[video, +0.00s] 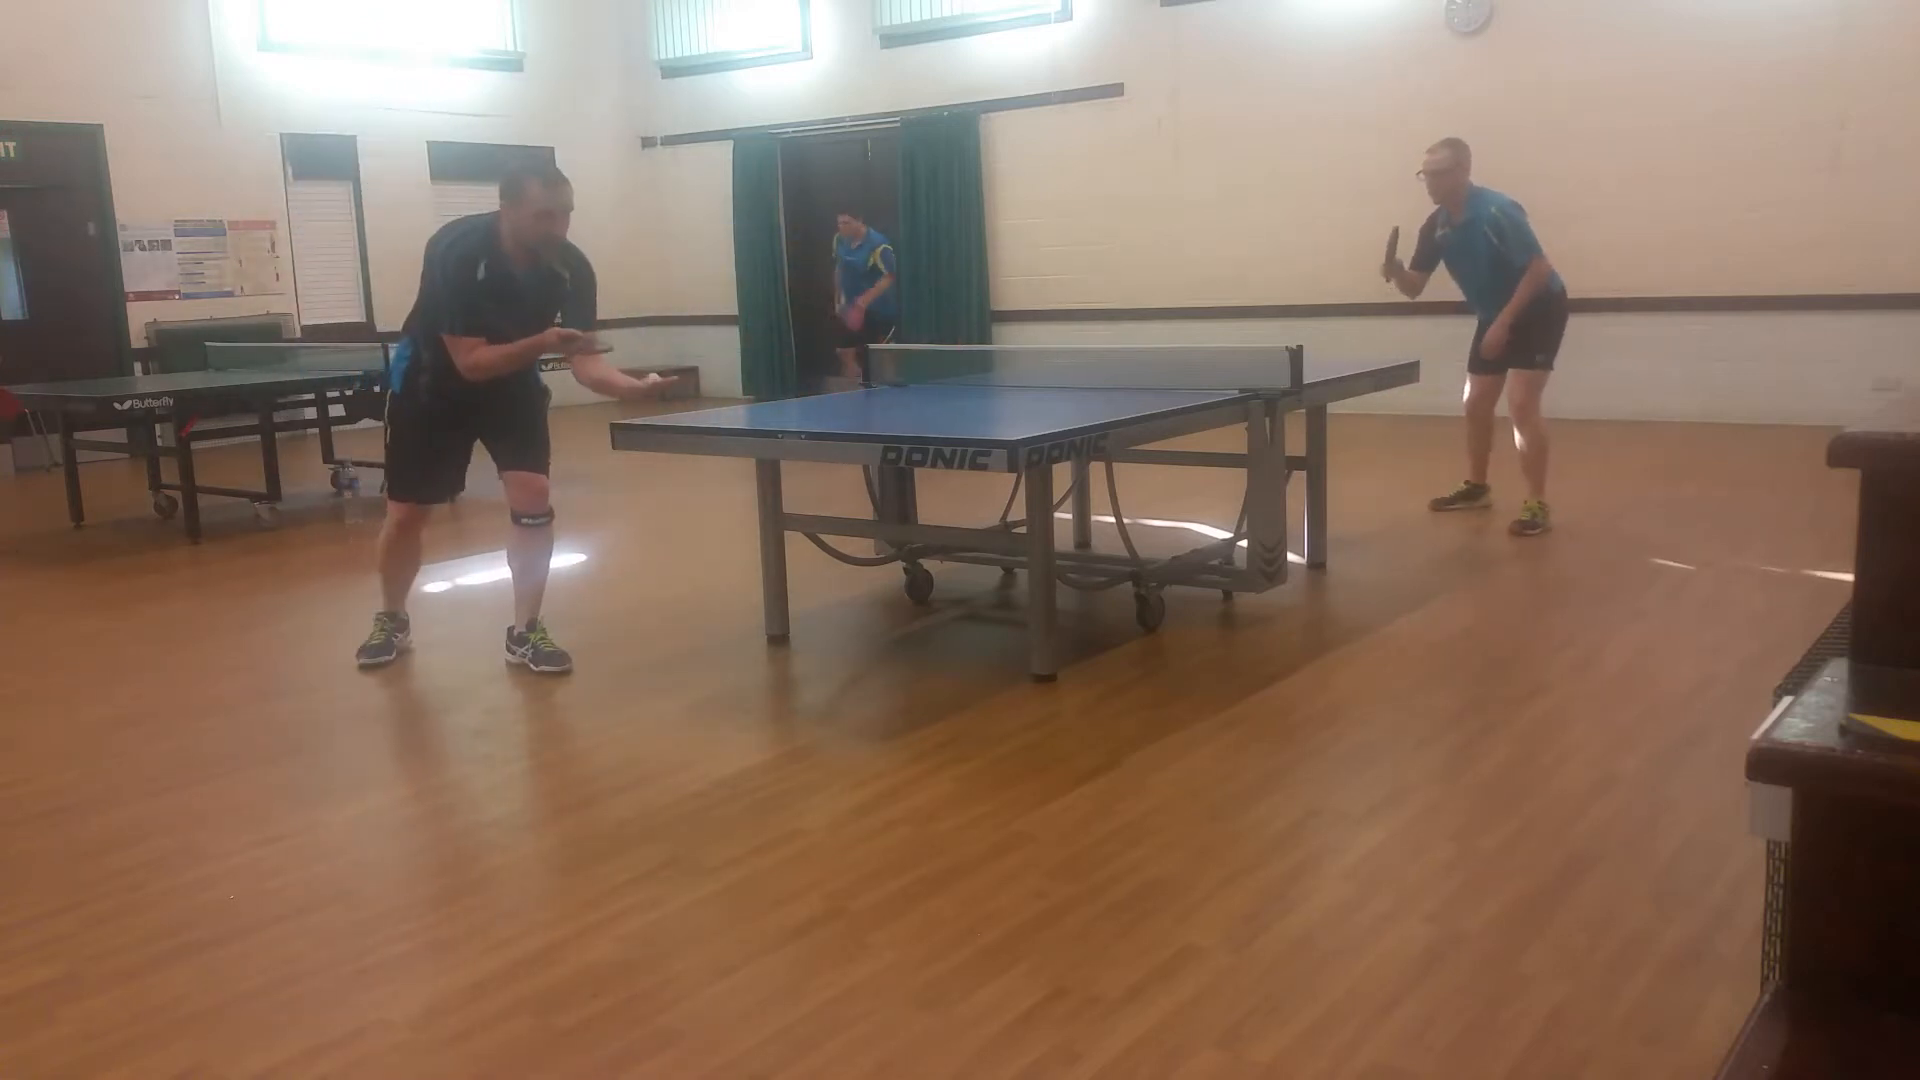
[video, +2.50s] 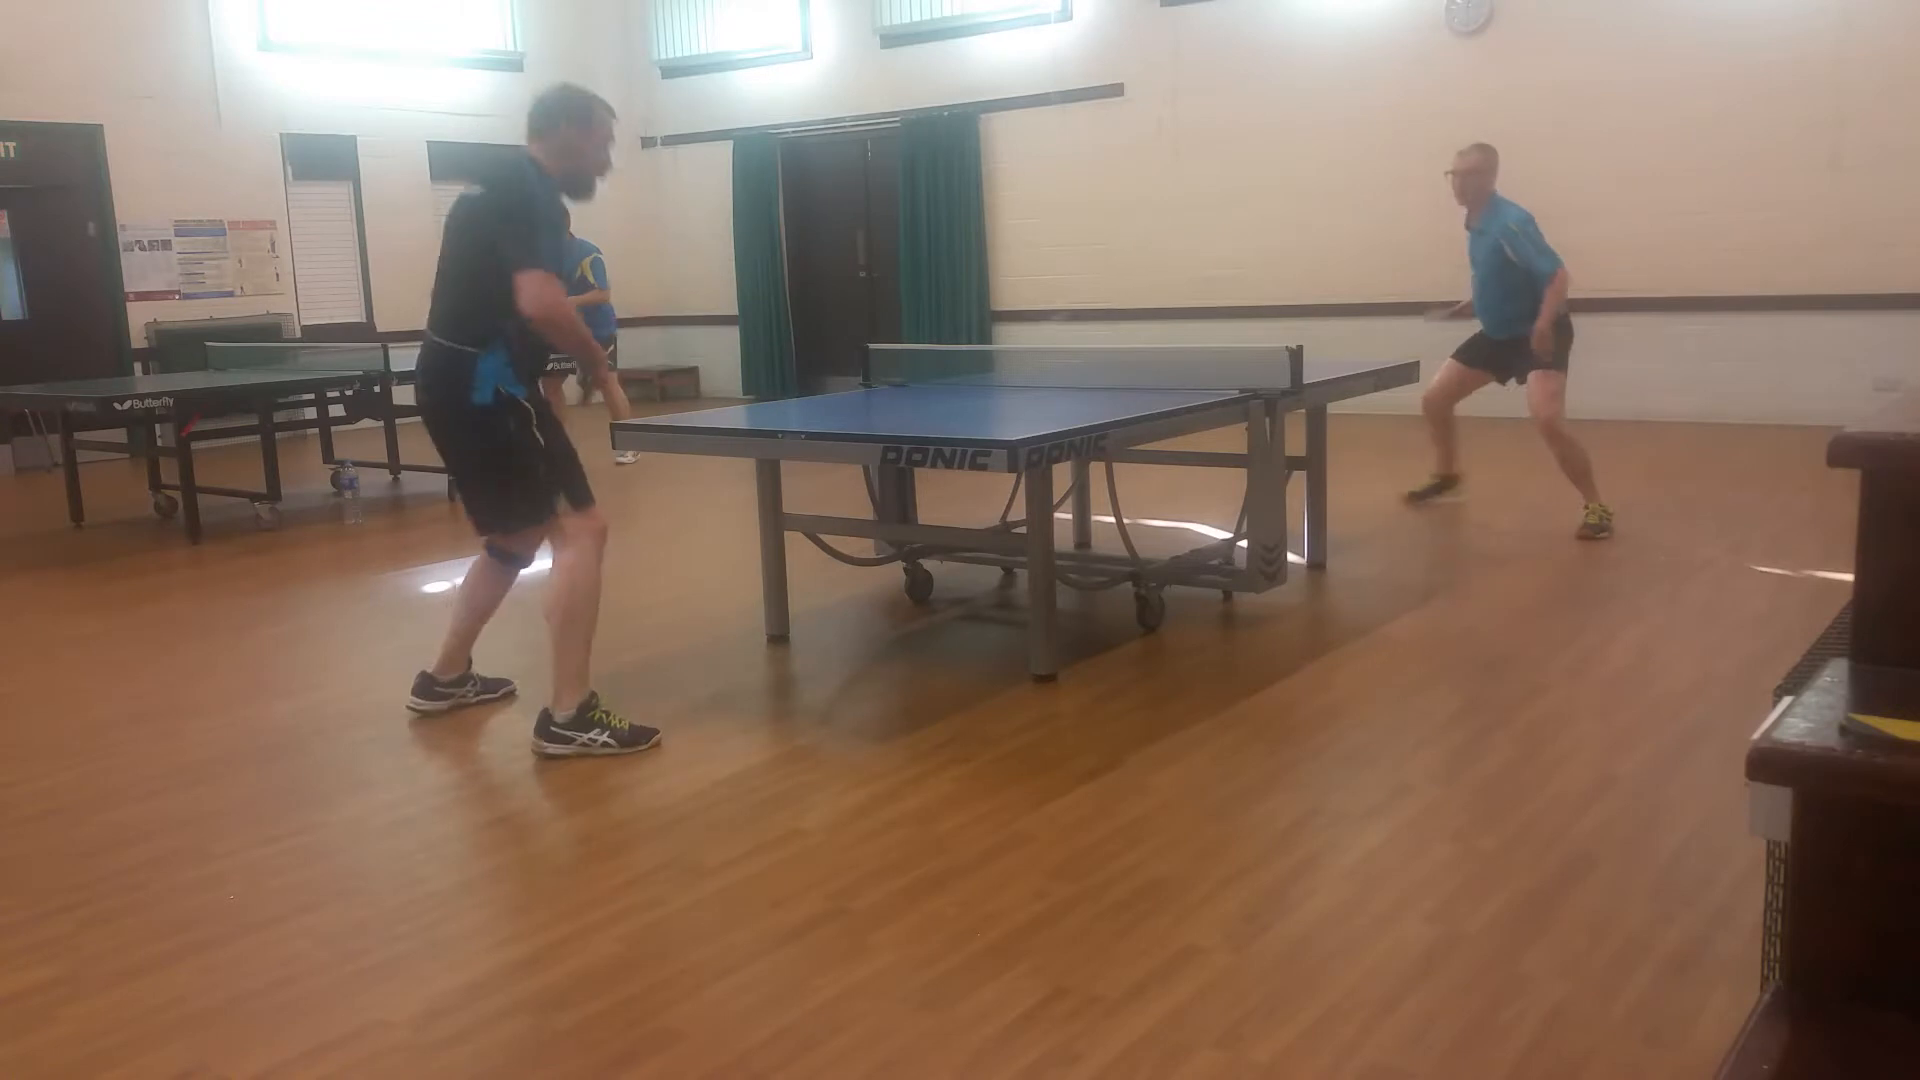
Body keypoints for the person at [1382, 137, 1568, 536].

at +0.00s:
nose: (1425, 182)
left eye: (1433, 174)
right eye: (1424, 175)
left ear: (1461, 173)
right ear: (1428, 177)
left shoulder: (1499, 211)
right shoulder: (1435, 227)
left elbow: (1539, 269)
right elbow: (1414, 286)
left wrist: (1502, 324)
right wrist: (1396, 272)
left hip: (1539, 305)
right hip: (1495, 311)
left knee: (1522, 404)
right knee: (1476, 402)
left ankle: (1536, 504)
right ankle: (1476, 486)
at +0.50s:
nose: (1428, 181)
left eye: (1436, 174)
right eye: (1427, 174)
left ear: (1464, 174)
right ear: (1432, 176)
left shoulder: (1502, 211)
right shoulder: (1437, 224)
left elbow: (1543, 272)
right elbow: (1416, 285)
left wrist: (1516, 327)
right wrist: (1400, 273)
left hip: (1538, 307)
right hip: (1493, 313)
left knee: (1521, 403)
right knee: (1476, 403)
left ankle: (1536, 504)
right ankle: (1477, 486)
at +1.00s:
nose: (1424, 177)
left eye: (1432, 170)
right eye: (1422, 170)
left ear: (1459, 171)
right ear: (1425, 173)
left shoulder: (1496, 209)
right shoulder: (1432, 223)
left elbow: (1536, 271)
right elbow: (1417, 285)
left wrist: (1513, 326)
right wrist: (1397, 272)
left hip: (1532, 307)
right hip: (1488, 312)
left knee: (1516, 404)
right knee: (1473, 401)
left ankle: (1536, 503)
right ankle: (1476, 486)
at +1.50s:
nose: (1426, 171)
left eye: (1435, 163)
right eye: (1424, 163)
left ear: (1462, 164)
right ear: (1426, 167)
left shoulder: (1498, 206)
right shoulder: (1436, 221)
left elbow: (1534, 271)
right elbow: (1428, 286)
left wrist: (1506, 326)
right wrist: (1398, 277)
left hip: (1527, 315)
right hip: (1481, 317)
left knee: (1506, 409)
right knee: (1434, 399)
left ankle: (1535, 503)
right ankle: (1434, 481)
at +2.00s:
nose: (1439, 246)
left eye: (1448, 238)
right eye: (1437, 238)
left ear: (1472, 240)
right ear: (1434, 239)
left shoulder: (1515, 268)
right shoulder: (1440, 284)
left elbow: (1558, 330)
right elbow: (1437, 342)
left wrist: (1525, 378)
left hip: (1537, 351)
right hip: (1482, 354)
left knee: (1559, 414)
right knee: (1415, 406)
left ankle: (1596, 504)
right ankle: (1393, 492)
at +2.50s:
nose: (1454, 183)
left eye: (1462, 176)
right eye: (1453, 176)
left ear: (1486, 179)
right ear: (1459, 179)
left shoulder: (1513, 223)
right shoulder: (1476, 220)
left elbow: (1559, 277)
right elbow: (1500, 277)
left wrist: (1544, 325)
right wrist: (1472, 306)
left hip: (1541, 333)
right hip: (1497, 335)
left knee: (1546, 419)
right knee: (1435, 400)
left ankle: (1595, 506)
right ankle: (1447, 475)